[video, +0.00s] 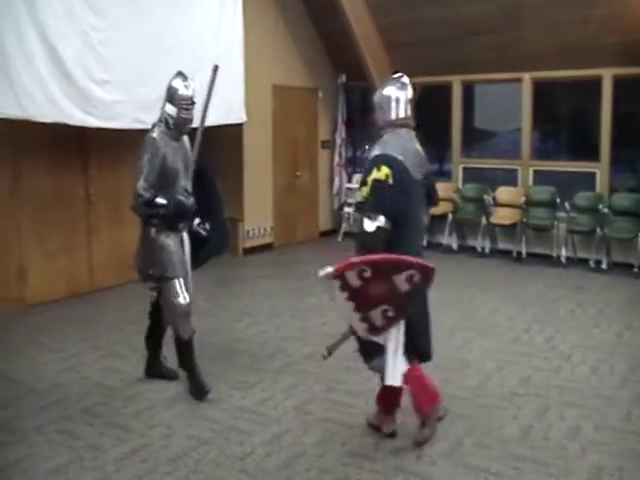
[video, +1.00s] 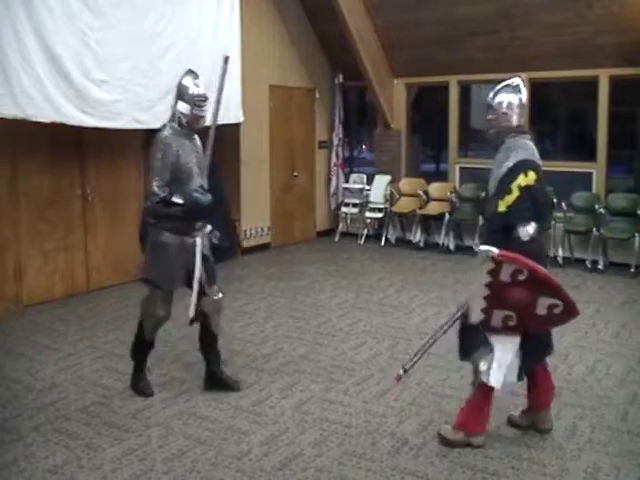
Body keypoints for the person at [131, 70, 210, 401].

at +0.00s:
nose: (188, 111)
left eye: (191, 105)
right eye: (182, 104)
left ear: (194, 106)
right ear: (168, 105)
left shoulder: (183, 140)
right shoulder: (156, 142)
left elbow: (182, 190)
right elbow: (140, 199)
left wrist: (195, 218)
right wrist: (180, 211)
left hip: (179, 228)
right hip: (161, 231)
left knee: (165, 298)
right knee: (180, 303)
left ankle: (154, 361)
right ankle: (193, 376)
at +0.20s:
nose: (179, 108)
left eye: (182, 102)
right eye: (173, 102)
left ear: (184, 103)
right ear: (159, 102)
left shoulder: (172, 137)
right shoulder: (148, 138)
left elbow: (172, 188)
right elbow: (135, 197)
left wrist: (182, 218)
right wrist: (172, 207)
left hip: (170, 227)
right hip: (152, 228)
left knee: (164, 300)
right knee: (162, 303)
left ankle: (153, 360)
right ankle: (148, 368)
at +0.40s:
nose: (174, 106)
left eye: (177, 100)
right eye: (168, 100)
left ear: (180, 101)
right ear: (153, 100)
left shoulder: (169, 136)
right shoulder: (143, 137)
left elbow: (171, 183)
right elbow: (133, 194)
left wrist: (179, 197)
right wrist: (170, 200)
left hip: (169, 227)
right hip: (148, 229)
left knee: (164, 300)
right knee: (149, 300)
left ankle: (151, 358)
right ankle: (140, 367)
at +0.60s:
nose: (173, 107)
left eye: (177, 101)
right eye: (167, 101)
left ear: (181, 103)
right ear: (153, 101)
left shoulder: (171, 139)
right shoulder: (142, 140)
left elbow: (170, 183)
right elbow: (129, 196)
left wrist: (176, 196)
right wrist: (166, 201)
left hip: (172, 230)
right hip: (146, 232)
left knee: (185, 296)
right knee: (144, 303)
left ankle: (161, 348)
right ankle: (138, 369)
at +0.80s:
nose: (183, 105)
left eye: (186, 99)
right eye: (176, 99)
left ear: (188, 101)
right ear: (160, 101)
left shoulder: (178, 139)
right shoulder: (150, 140)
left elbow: (178, 185)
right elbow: (135, 198)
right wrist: (176, 202)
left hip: (180, 230)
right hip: (152, 233)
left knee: (196, 298)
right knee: (147, 307)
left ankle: (198, 366)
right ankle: (138, 371)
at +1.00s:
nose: (201, 113)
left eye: (204, 106)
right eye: (195, 106)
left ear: (206, 108)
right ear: (180, 107)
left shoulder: (195, 141)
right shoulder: (166, 141)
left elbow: (199, 188)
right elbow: (155, 199)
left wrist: (210, 222)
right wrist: (195, 206)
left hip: (197, 234)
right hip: (168, 236)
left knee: (212, 301)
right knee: (158, 307)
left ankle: (214, 371)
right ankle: (139, 370)